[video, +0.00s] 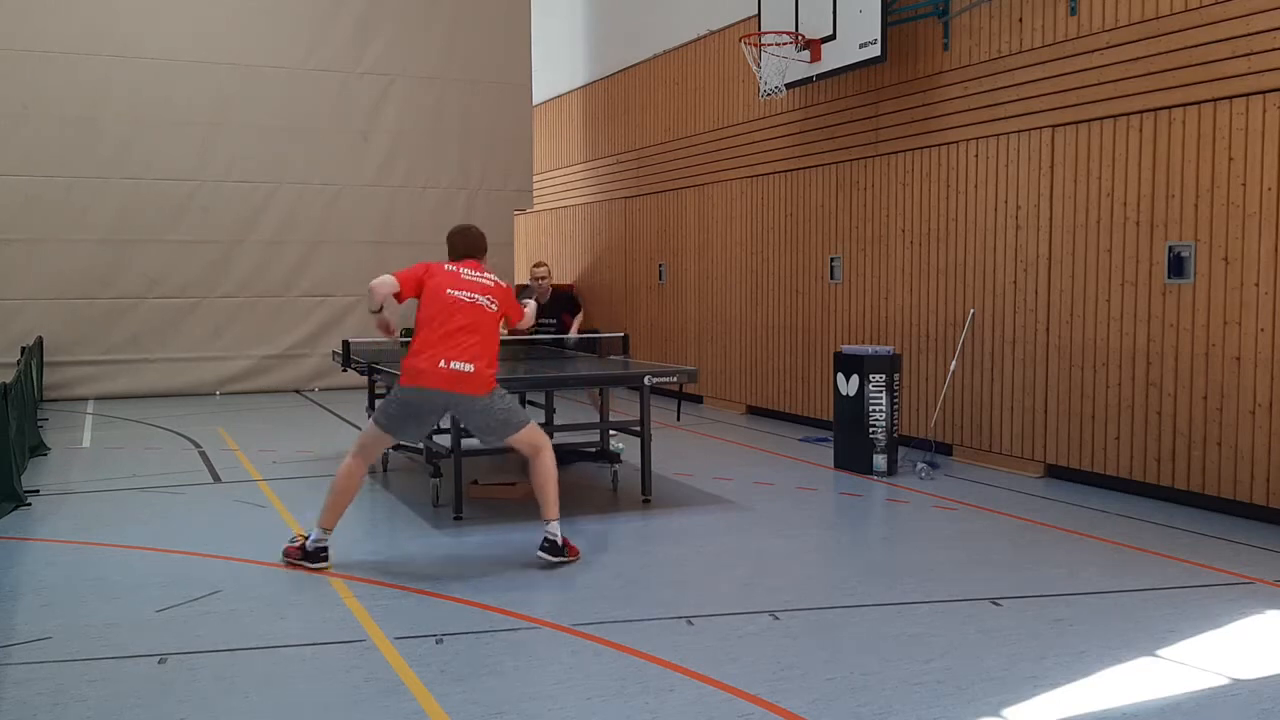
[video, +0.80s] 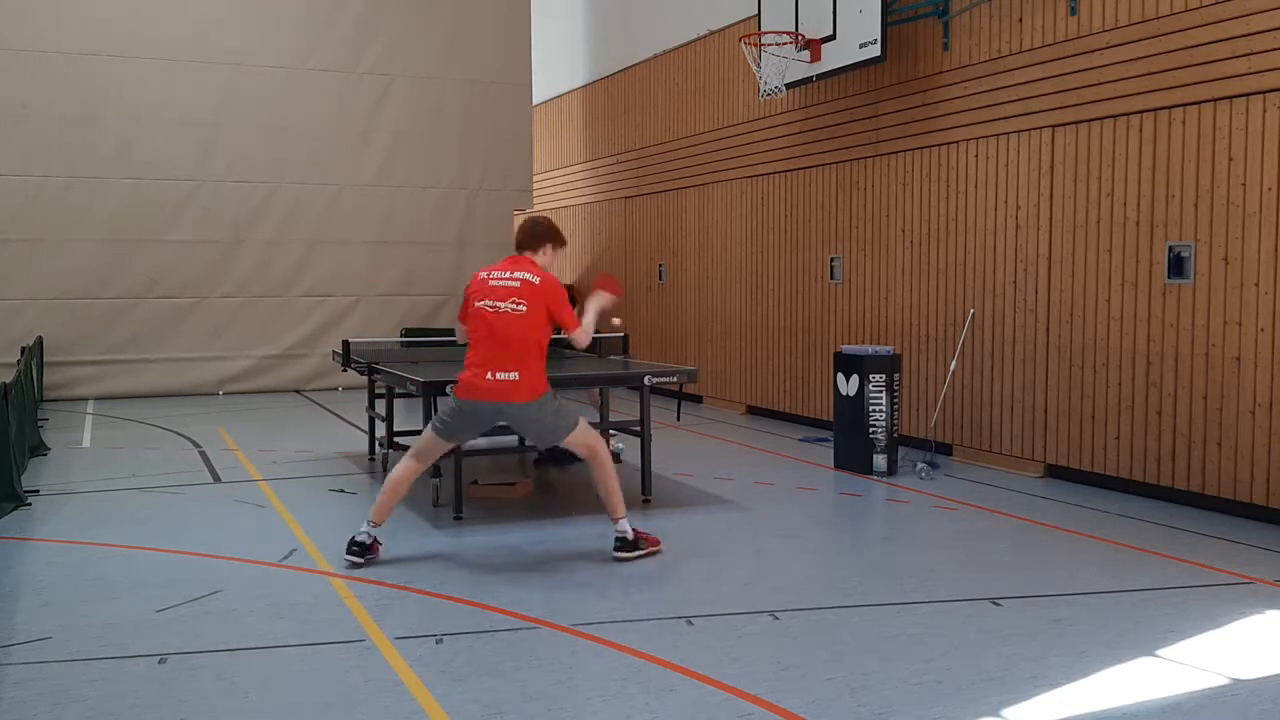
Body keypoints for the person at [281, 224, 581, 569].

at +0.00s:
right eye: (482, 252)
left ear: (449, 253)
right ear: (484, 256)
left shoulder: (431, 271)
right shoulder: (499, 287)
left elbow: (379, 287)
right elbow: (521, 324)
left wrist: (382, 316)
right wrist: (532, 306)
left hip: (420, 382)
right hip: (477, 388)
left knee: (361, 456)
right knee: (539, 446)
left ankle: (317, 541)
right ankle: (553, 536)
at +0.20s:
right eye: (501, 257)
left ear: (465, 255)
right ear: (501, 258)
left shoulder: (445, 283)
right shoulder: (515, 292)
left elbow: (397, 320)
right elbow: (552, 344)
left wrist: (414, 341)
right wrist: (560, 326)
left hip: (444, 401)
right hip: (503, 406)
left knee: (370, 451)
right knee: (551, 467)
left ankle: (339, 544)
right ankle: (593, 536)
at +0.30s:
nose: (524, 259)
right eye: (526, 253)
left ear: (490, 251)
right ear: (523, 255)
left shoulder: (463, 278)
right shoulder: (536, 290)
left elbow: (415, 320)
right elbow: (562, 355)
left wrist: (441, 328)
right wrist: (584, 359)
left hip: (460, 396)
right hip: (517, 398)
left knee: (394, 459)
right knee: (572, 454)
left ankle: (346, 544)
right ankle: (602, 528)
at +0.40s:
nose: (559, 264)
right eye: (560, 258)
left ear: (522, 252)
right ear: (556, 257)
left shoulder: (489, 278)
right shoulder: (556, 291)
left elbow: (455, 328)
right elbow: (559, 357)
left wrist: (492, 342)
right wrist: (589, 391)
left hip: (471, 386)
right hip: (523, 387)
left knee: (416, 457)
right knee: (589, 447)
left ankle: (371, 535)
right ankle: (626, 531)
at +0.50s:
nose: (588, 286)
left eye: (586, 280)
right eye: (589, 280)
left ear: (554, 270)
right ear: (585, 278)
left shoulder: (521, 294)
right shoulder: (566, 305)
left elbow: (513, 347)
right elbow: (550, 363)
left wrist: (561, 362)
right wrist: (586, 412)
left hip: (484, 405)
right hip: (535, 409)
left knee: (441, 472)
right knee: (609, 452)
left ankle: (385, 540)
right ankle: (641, 535)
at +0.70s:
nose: (584, 283)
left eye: (586, 274)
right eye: (586, 273)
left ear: (551, 262)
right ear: (573, 266)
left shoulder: (513, 287)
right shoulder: (553, 295)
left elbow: (512, 347)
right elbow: (551, 359)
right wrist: (610, 372)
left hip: (483, 408)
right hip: (534, 410)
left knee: (438, 473)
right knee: (609, 447)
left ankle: (378, 540)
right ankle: (641, 536)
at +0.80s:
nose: (557, 263)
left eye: (558, 256)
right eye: (557, 255)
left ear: (519, 248)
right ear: (545, 250)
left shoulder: (481, 278)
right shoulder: (547, 283)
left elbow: (463, 333)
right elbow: (580, 338)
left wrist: (507, 322)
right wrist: (593, 305)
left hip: (473, 398)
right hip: (528, 401)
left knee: (416, 459)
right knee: (595, 448)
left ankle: (367, 535)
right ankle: (625, 533)